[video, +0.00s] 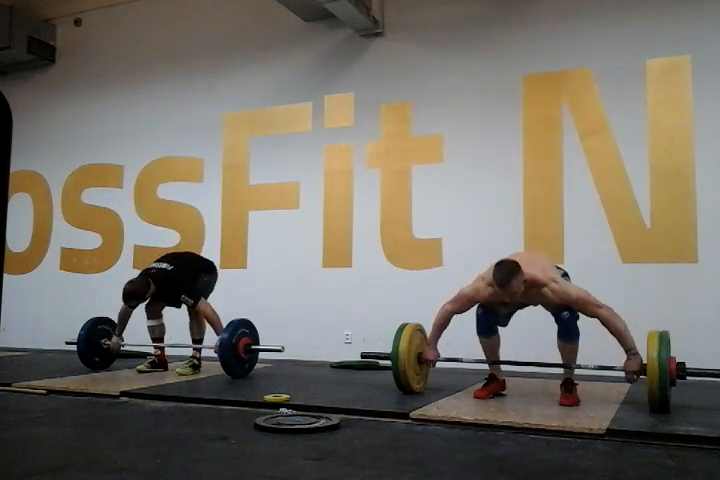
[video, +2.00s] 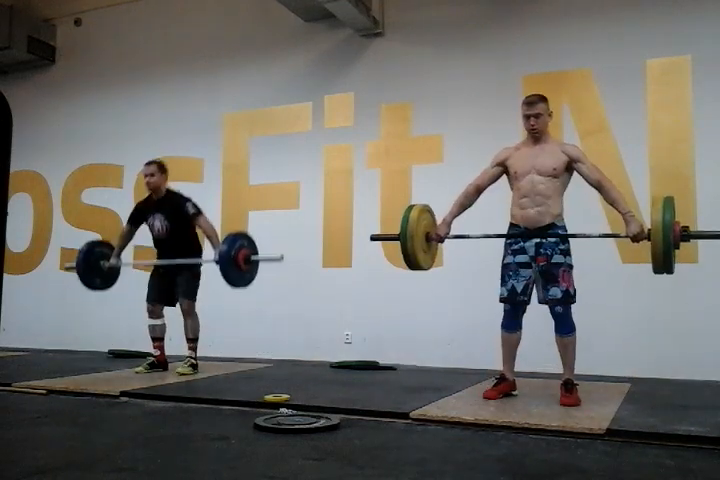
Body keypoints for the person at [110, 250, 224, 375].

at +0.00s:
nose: (132, 306)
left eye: (136, 304)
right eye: (130, 305)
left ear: (147, 294)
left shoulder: (175, 288)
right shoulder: (139, 284)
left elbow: (207, 310)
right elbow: (126, 310)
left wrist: (222, 337)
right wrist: (117, 335)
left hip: (205, 270)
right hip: (177, 266)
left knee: (195, 309)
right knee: (152, 308)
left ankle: (195, 360)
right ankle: (159, 359)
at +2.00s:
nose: (148, 180)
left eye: (152, 175)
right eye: (145, 176)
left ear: (164, 176)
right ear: (144, 179)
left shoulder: (180, 201)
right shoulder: (143, 207)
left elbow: (203, 223)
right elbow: (128, 232)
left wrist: (218, 247)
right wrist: (115, 255)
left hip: (188, 263)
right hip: (164, 263)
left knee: (186, 306)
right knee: (154, 307)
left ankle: (191, 359)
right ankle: (159, 358)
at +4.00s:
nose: (139, 211)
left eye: (144, 207)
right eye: (138, 207)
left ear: (156, 208)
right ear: (136, 209)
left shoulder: (170, 225)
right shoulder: (134, 227)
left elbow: (191, 206)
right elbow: (110, 210)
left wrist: (201, 181)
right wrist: (96, 189)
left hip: (173, 289)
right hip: (148, 291)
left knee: (169, 313)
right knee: (107, 315)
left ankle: (177, 361)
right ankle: (124, 361)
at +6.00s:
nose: (174, 169)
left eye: (179, 166)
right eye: (173, 166)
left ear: (191, 171)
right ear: (172, 170)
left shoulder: (197, 191)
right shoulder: (161, 192)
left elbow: (226, 194)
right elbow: (143, 204)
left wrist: (237, 174)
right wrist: (122, 191)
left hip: (177, 259)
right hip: (152, 257)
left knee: (179, 308)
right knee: (146, 307)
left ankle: (183, 359)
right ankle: (146, 358)